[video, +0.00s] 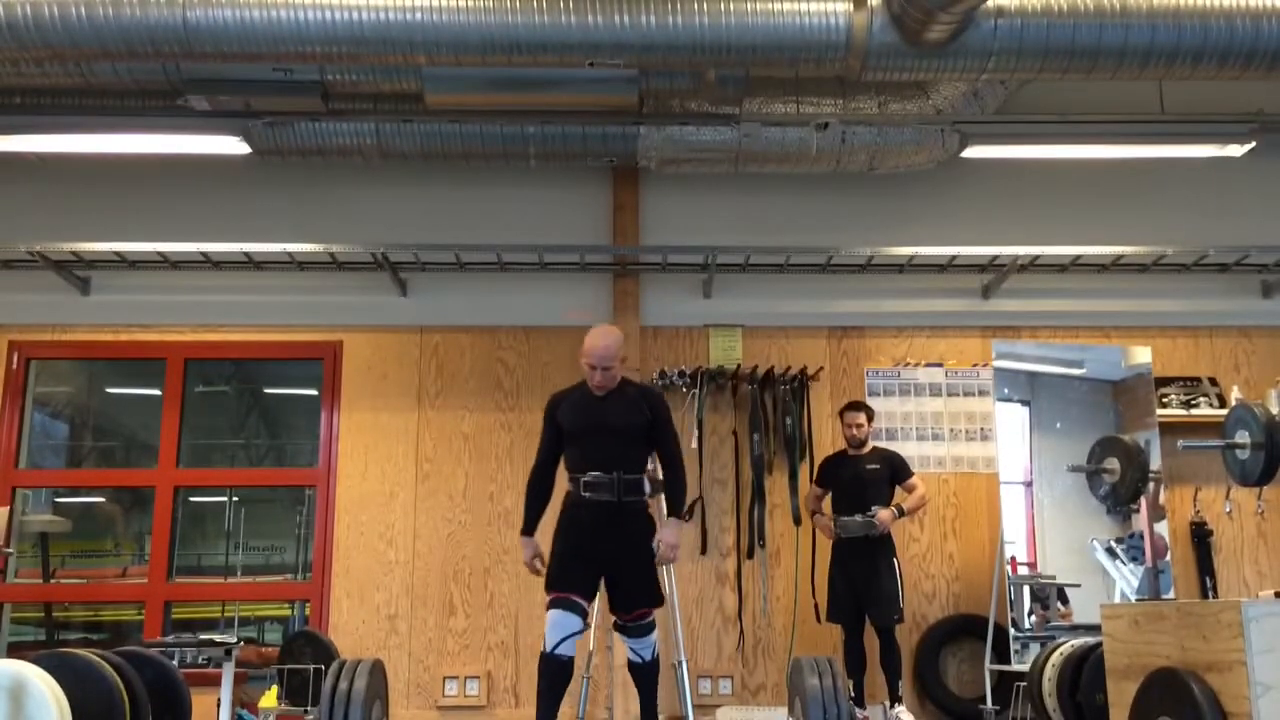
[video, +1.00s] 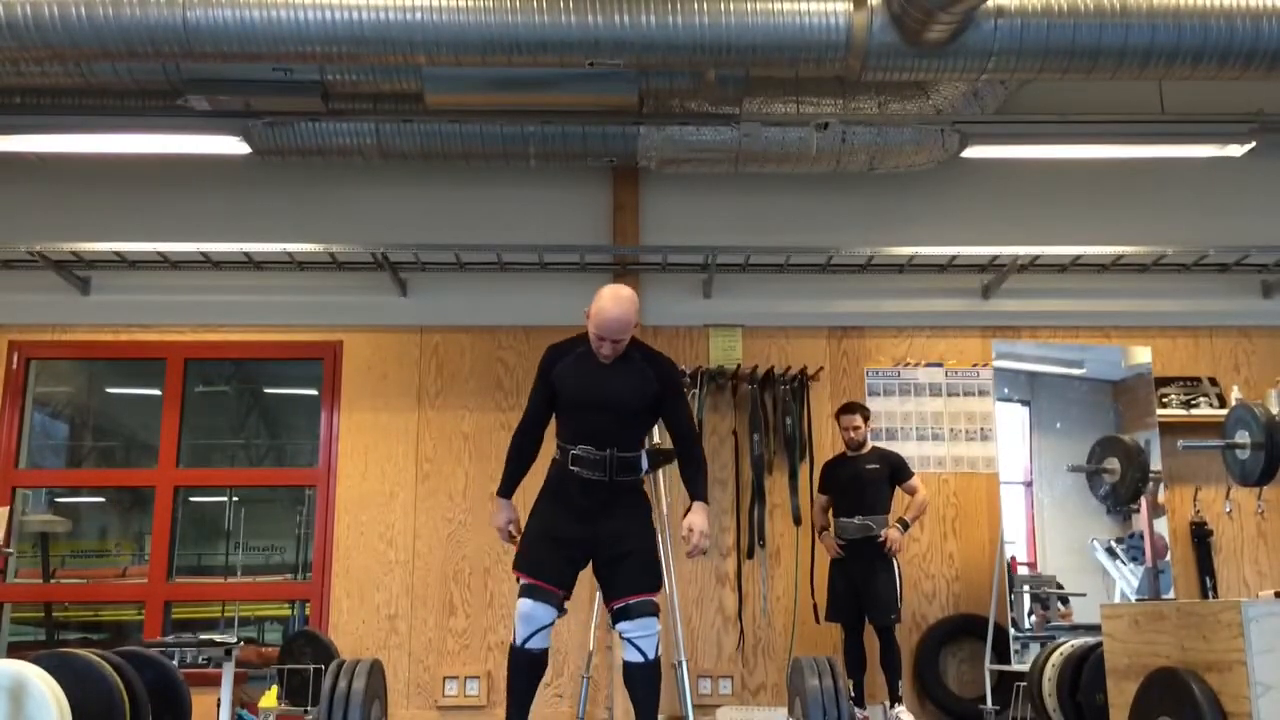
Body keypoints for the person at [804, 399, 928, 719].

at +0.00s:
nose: (854, 431)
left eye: (859, 426)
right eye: (849, 426)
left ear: (870, 427)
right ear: (841, 427)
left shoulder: (889, 459)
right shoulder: (831, 464)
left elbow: (920, 494)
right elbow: (813, 500)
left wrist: (895, 512)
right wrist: (818, 518)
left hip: (879, 552)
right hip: (845, 554)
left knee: (885, 630)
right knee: (852, 631)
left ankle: (896, 704)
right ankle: (858, 706)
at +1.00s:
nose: (851, 434)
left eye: (856, 428)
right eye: (845, 429)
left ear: (868, 427)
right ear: (839, 430)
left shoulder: (889, 460)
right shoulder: (831, 468)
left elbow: (921, 496)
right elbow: (820, 508)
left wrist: (901, 526)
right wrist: (823, 534)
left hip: (879, 555)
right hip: (844, 557)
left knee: (885, 631)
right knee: (851, 632)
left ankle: (896, 704)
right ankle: (858, 706)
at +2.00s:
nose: (856, 435)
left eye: (861, 429)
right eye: (850, 430)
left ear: (872, 428)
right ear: (843, 429)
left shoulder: (891, 465)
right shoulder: (834, 468)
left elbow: (908, 507)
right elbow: (823, 512)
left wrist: (913, 547)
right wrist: (815, 553)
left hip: (880, 555)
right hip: (846, 556)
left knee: (886, 630)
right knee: (852, 632)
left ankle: (896, 703)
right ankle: (858, 706)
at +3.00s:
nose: (856, 433)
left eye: (862, 427)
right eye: (851, 428)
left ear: (873, 427)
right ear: (845, 429)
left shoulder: (894, 465)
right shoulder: (837, 468)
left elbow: (907, 509)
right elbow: (827, 514)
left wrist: (904, 550)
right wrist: (820, 554)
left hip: (882, 559)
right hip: (847, 559)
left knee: (887, 632)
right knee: (853, 633)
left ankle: (896, 704)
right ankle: (858, 705)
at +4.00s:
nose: (857, 431)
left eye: (862, 425)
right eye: (852, 426)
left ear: (874, 427)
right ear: (845, 429)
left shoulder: (892, 465)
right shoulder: (834, 468)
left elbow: (907, 511)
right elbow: (824, 513)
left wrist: (905, 552)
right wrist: (820, 555)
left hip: (882, 557)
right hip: (846, 558)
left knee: (886, 631)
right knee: (853, 632)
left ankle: (896, 703)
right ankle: (857, 705)